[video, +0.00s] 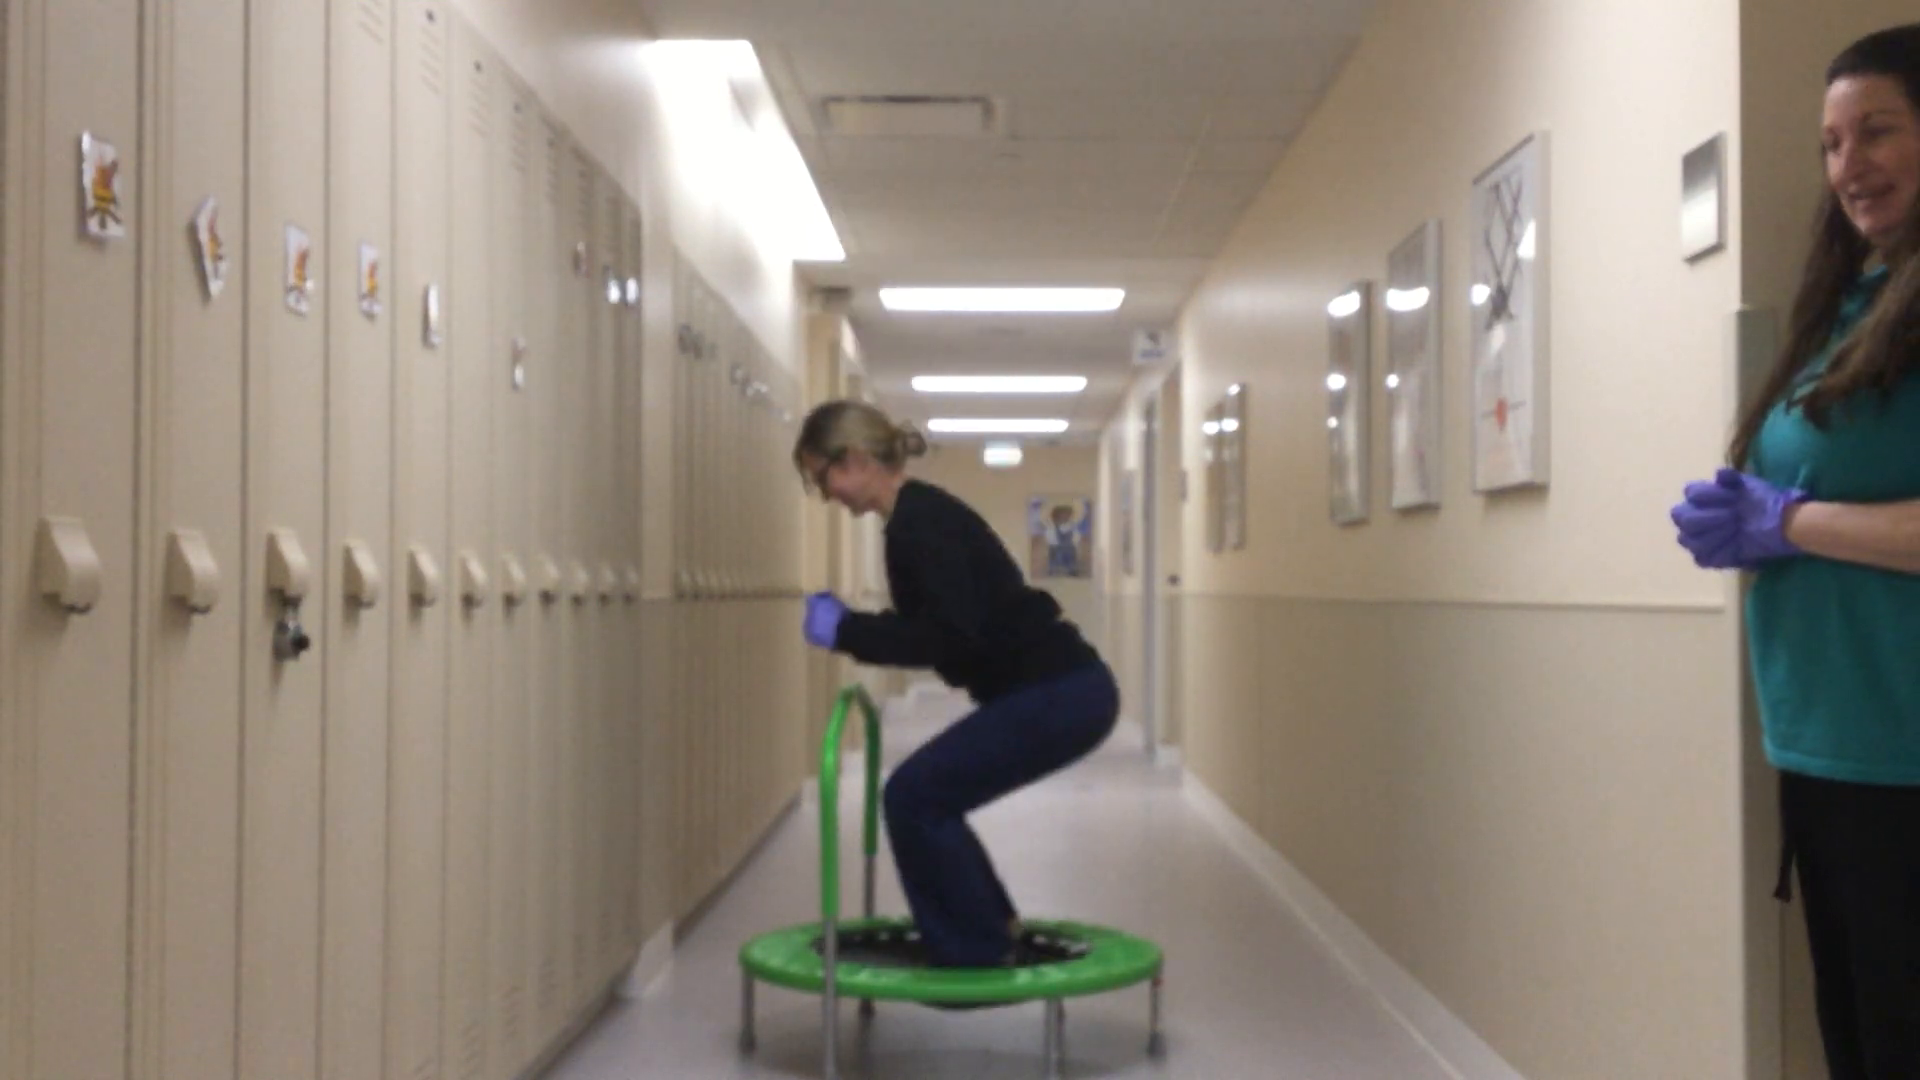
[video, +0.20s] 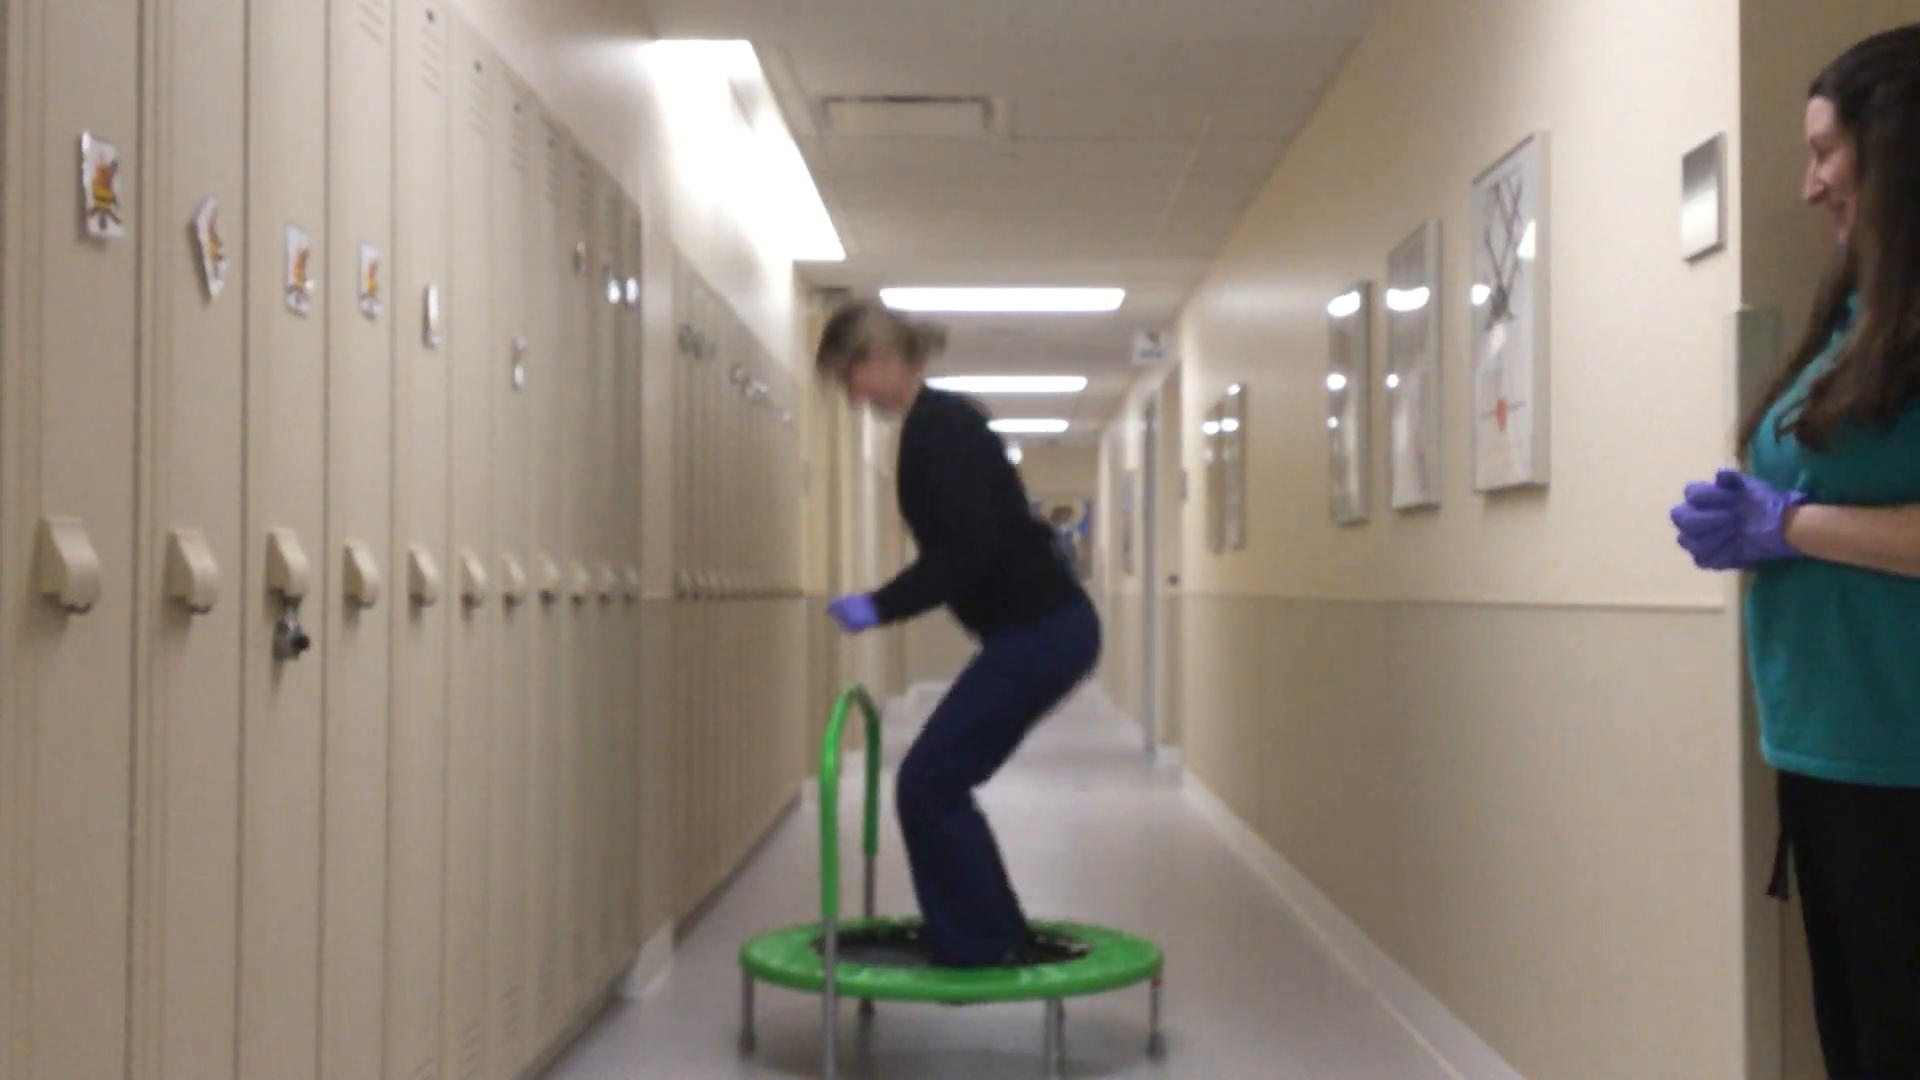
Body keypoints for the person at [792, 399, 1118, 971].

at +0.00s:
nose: (827, 492)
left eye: (826, 474)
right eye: (819, 481)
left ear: (859, 456)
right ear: (864, 459)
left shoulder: (922, 519)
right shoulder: (913, 519)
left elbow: (939, 637)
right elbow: (931, 633)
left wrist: (848, 630)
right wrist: (851, 628)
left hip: (1063, 695)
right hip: (1058, 692)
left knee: (913, 796)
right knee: (918, 793)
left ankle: (972, 950)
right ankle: (990, 929)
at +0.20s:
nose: (854, 393)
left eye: (855, 374)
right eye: (846, 381)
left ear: (887, 353)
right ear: (873, 365)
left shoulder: (940, 426)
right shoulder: (930, 426)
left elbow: (965, 549)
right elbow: (955, 550)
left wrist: (880, 604)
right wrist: (883, 601)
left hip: (1045, 632)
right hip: (1037, 630)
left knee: (928, 783)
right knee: (930, 781)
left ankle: (981, 942)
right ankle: (982, 936)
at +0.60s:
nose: (889, 276)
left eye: (886, 258)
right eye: (882, 265)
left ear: (915, 232)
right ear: (916, 238)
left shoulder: (981, 291)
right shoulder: (969, 297)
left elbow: (1012, 400)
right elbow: (994, 405)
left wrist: (1012, 505)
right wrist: (985, 506)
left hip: (1026, 516)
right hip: (1020, 515)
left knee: (991, 698)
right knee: (995, 697)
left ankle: (1010, 899)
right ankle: (1014, 887)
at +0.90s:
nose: (861, 473)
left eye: (862, 456)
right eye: (856, 461)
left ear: (893, 444)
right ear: (900, 447)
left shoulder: (953, 506)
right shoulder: (945, 506)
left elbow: (968, 627)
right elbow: (964, 624)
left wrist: (868, 634)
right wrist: (873, 631)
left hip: (1088, 688)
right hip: (1076, 684)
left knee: (950, 792)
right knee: (946, 789)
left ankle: (1016, 939)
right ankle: (991, 935)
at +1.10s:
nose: (868, 381)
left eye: (867, 362)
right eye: (859, 369)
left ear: (898, 341)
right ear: (885, 354)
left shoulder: (959, 412)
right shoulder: (942, 417)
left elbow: (982, 527)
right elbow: (964, 531)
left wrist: (907, 583)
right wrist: (904, 579)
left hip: (1059, 617)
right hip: (1046, 616)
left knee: (952, 772)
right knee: (951, 770)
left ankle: (1000, 934)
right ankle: (999, 931)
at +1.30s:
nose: (874, 242)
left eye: (870, 224)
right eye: (865, 231)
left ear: (898, 193)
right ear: (894, 202)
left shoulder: (971, 248)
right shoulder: (950, 260)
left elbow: (1011, 361)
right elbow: (979, 373)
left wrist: (1017, 472)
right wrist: (987, 477)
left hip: (1026, 476)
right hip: (1012, 478)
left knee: (1006, 673)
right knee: (1002, 672)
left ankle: (995, 854)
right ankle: (998, 845)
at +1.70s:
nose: (863, 426)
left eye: (865, 408)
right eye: (857, 413)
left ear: (893, 392)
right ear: (894, 397)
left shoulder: (951, 460)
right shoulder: (943, 461)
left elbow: (966, 569)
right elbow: (958, 570)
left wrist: (880, 584)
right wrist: (881, 584)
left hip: (1067, 652)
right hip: (1059, 651)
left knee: (944, 783)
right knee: (946, 782)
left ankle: (1004, 942)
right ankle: (1000, 936)